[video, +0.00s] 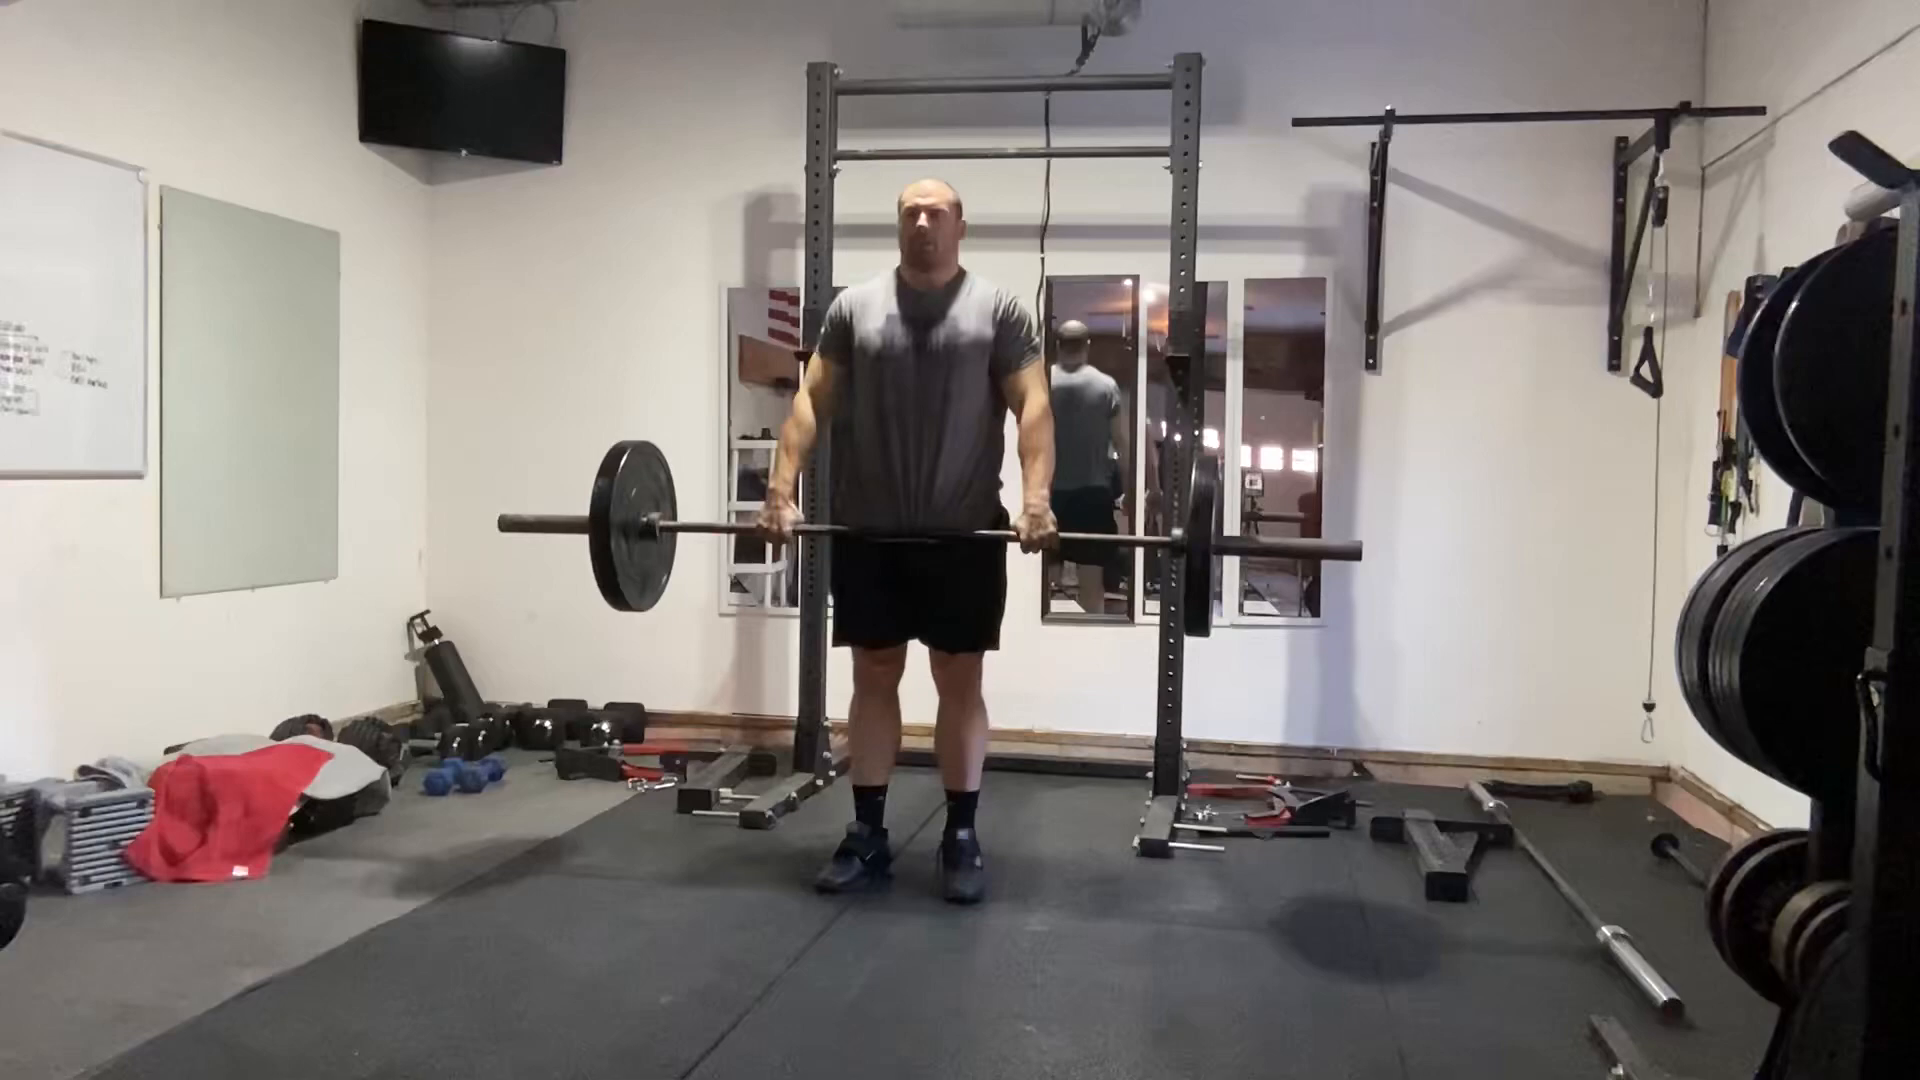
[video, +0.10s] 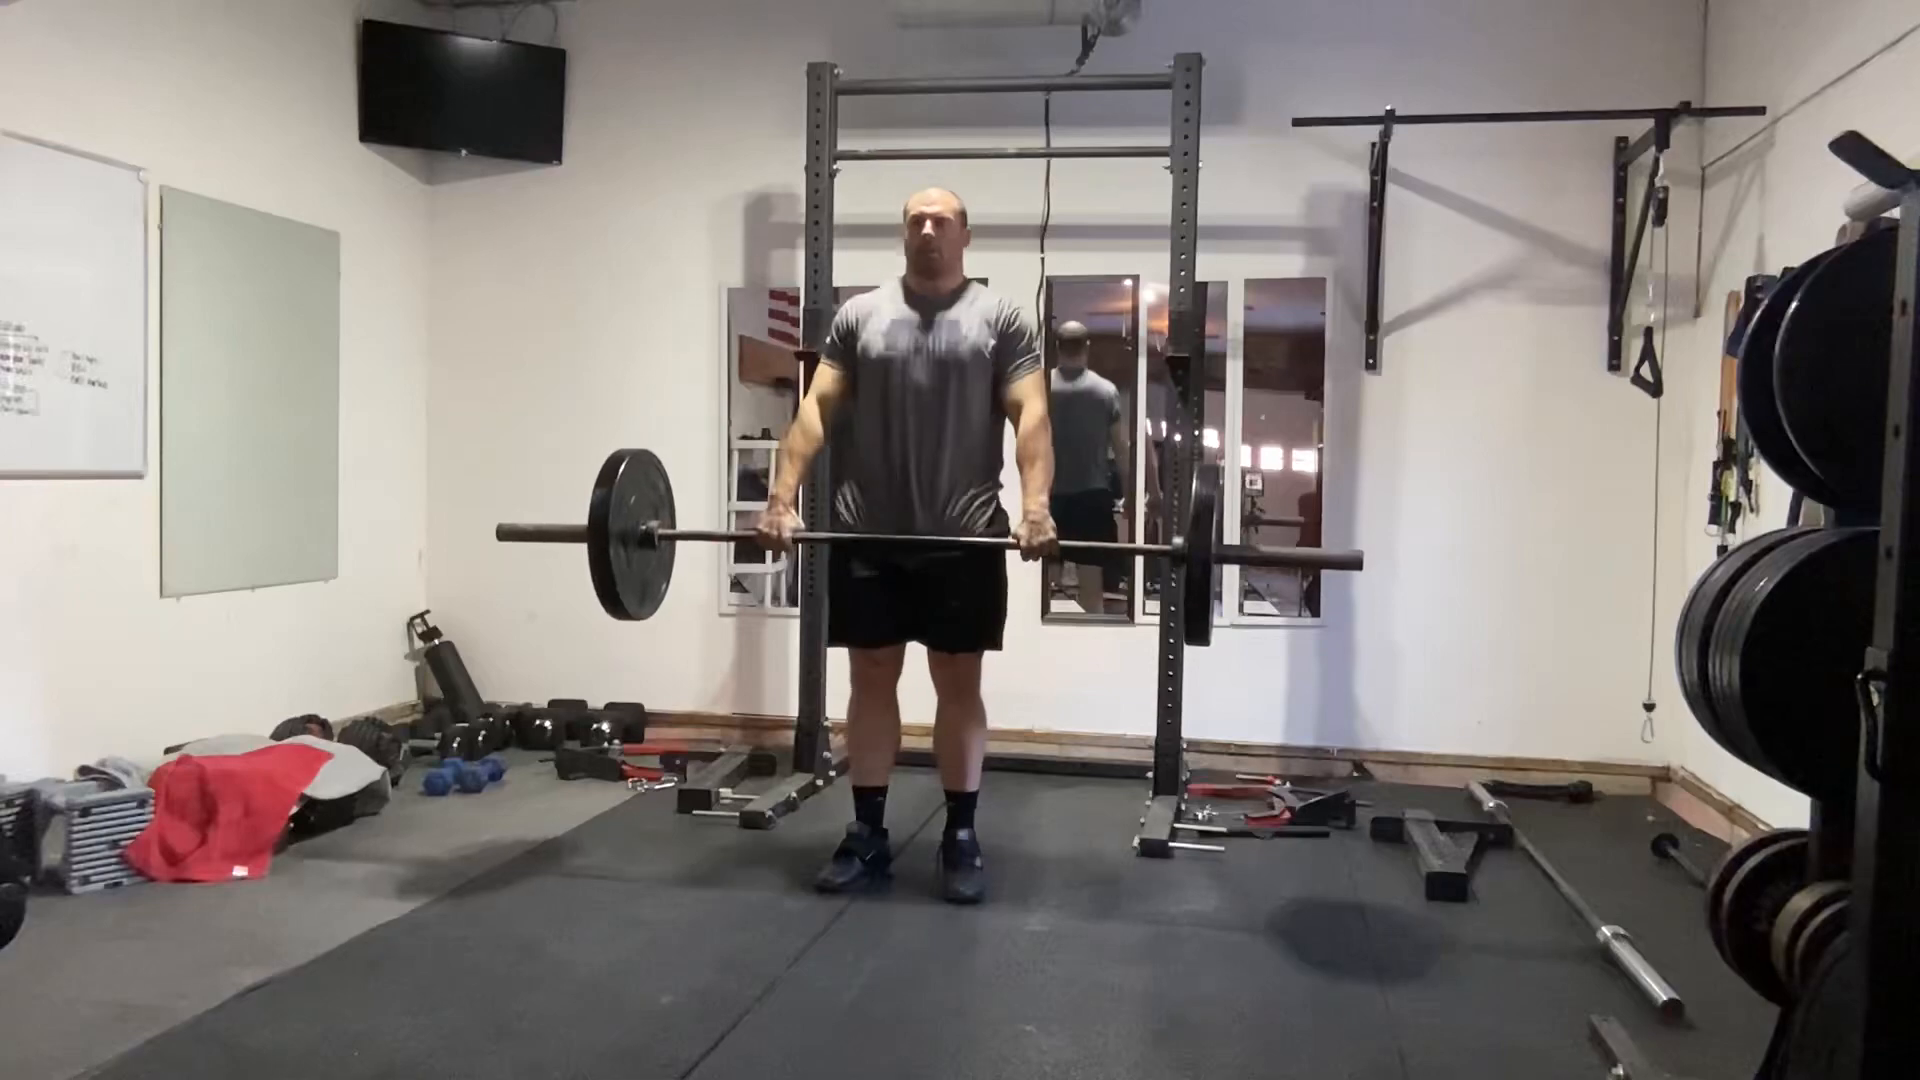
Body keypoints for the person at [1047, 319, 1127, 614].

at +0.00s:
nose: (1072, 350)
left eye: (1068, 345)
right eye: (1076, 344)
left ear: (1058, 345)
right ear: (1087, 345)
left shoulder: (1042, 384)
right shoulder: (1106, 385)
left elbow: (1031, 440)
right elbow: (1122, 442)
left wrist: (1033, 488)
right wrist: (1128, 491)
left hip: (1052, 489)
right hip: (1094, 490)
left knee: (1047, 568)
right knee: (1090, 572)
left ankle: (1039, 637)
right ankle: (1094, 639)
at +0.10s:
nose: (1073, 353)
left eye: (1070, 347)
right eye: (1075, 347)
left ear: (1057, 347)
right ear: (1087, 347)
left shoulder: (1041, 387)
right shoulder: (1105, 390)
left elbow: (1030, 442)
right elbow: (1120, 448)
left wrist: (1032, 492)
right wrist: (1127, 494)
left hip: (1050, 491)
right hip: (1092, 493)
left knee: (1047, 570)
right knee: (1090, 574)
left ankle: (1037, 637)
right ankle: (1095, 638)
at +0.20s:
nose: (1071, 356)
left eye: (1070, 350)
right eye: (1074, 350)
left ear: (1056, 349)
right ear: (1087, 349)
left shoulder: (1040, 389)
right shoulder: (1105, 392)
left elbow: (1031, 445)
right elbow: (1121, 449)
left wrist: (1033, 494)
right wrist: (1129, 496)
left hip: (1052, 496)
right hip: (1092, 497)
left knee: (1043, 580)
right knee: (1093, 585)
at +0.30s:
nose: (1071, 356)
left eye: (1069, 350)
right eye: (1076, 349)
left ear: (1054, 348)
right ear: (1085, 349)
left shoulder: (1039, 389)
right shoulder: (1104, 392)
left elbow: (1030, 445)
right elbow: (1121, 449)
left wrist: (1032, 495)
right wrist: (1129, 496)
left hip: (1050, 496)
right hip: (1091, 498)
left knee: (1043, 580)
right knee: (1091, 583)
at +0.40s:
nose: (1070, 353)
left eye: (1068, 348)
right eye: (1072, 347)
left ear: (1055, 349)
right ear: (1085, 349)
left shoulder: (1038, 390)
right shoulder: (1104, 391)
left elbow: (1030, 445)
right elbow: (1121, 449)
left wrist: (1032, 497)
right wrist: (1130, 497)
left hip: (1050, 496)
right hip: (1092, 497)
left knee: (1044, 580)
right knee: (1091, 583)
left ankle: (1037, 643)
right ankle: (1093, 647)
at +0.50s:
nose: (1070, 351)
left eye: (1066, 346)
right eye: (1073, 345)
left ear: (1055, 348)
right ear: (1085, 348)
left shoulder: (1037, 389)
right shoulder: (1103, 390)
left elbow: (1029, 446)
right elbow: (1121, 450)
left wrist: (1031, 498)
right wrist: (1129, 498)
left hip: (1048, 497)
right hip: (1091, 498)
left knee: (1041, 581)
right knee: (1091, 584)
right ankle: (1093, 648)